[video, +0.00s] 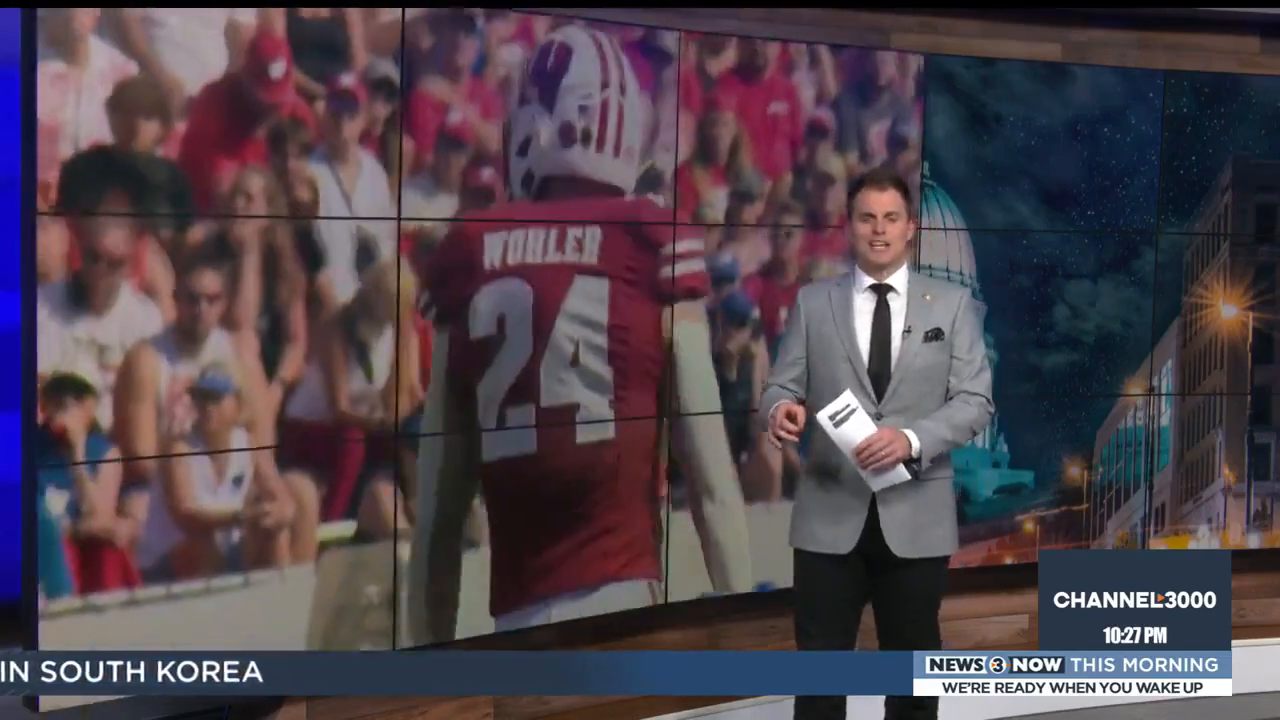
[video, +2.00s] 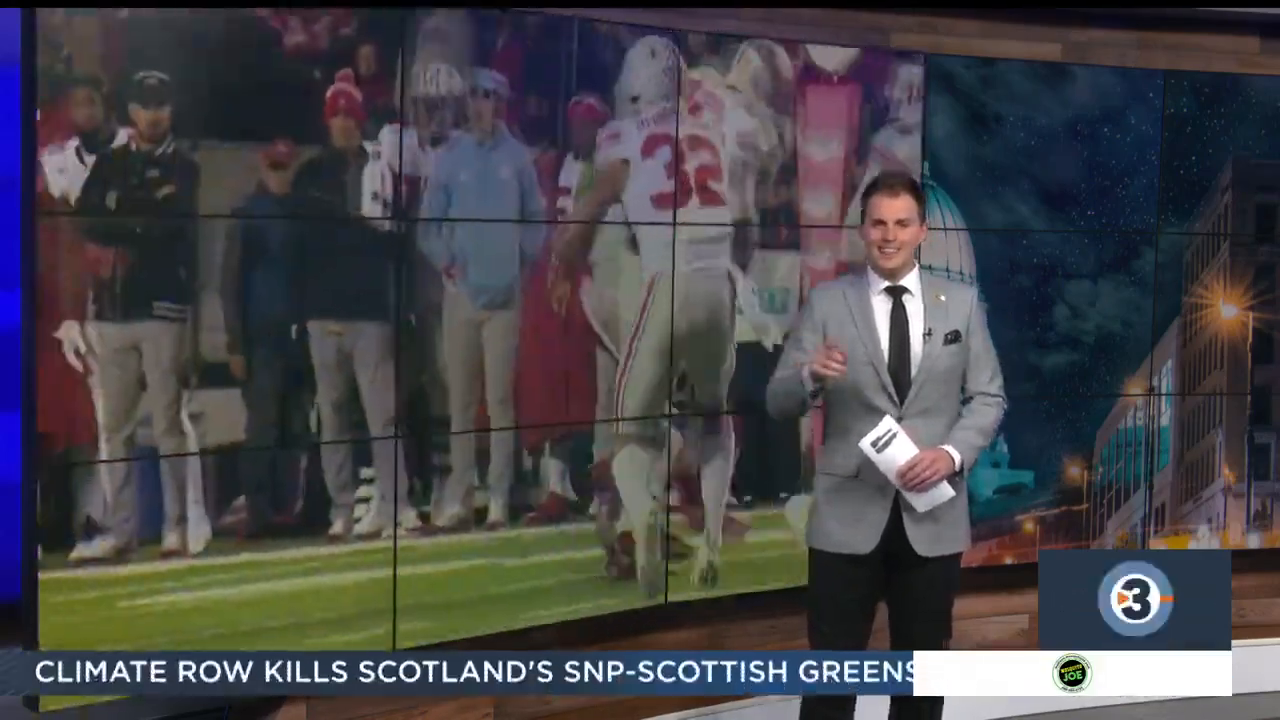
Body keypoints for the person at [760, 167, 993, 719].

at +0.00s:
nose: (878, 229)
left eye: (891, 217)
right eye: (866, 217)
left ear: (912, 227)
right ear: (850, 226)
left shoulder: (953, 304)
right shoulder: (813, 302)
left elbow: (974, 405)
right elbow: (782, 388)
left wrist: (912, 439)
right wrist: (779, 411)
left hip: (915, 517)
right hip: (828, 515)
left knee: (913, 672)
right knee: (819, 672)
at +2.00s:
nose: (887, 234)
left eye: (901, 223)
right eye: (876, 222)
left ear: (922, 230)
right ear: (862, 230)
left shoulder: (961, 301)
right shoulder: (825, 302)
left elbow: (987, 398)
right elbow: (777, 402)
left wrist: (952, 453)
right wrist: (809, 376)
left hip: (931, 514)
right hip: (846, 512)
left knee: (924, 674)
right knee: (831, 674)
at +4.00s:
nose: (901, 233)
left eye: (914, 220)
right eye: (890, 221)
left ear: (935, 229)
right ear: (875, 230)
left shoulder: (972, 304)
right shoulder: (837, 300)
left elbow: (997, 401)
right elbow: (796, 381)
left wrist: (960, 457)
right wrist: (798, 400)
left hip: (937, 515)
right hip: (853, 513)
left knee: (928, 674)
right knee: (835, 671)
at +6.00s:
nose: (907, 230)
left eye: (917, 218)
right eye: (894, 219)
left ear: (932, 228)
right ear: (872, 230)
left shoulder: (969, 302)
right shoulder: (836, 301)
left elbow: (989, 401)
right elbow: (799, 396)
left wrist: (941, 422)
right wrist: (832, 405)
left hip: (935, 509)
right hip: (849, 507)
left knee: (927, 668)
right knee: (833, 666)